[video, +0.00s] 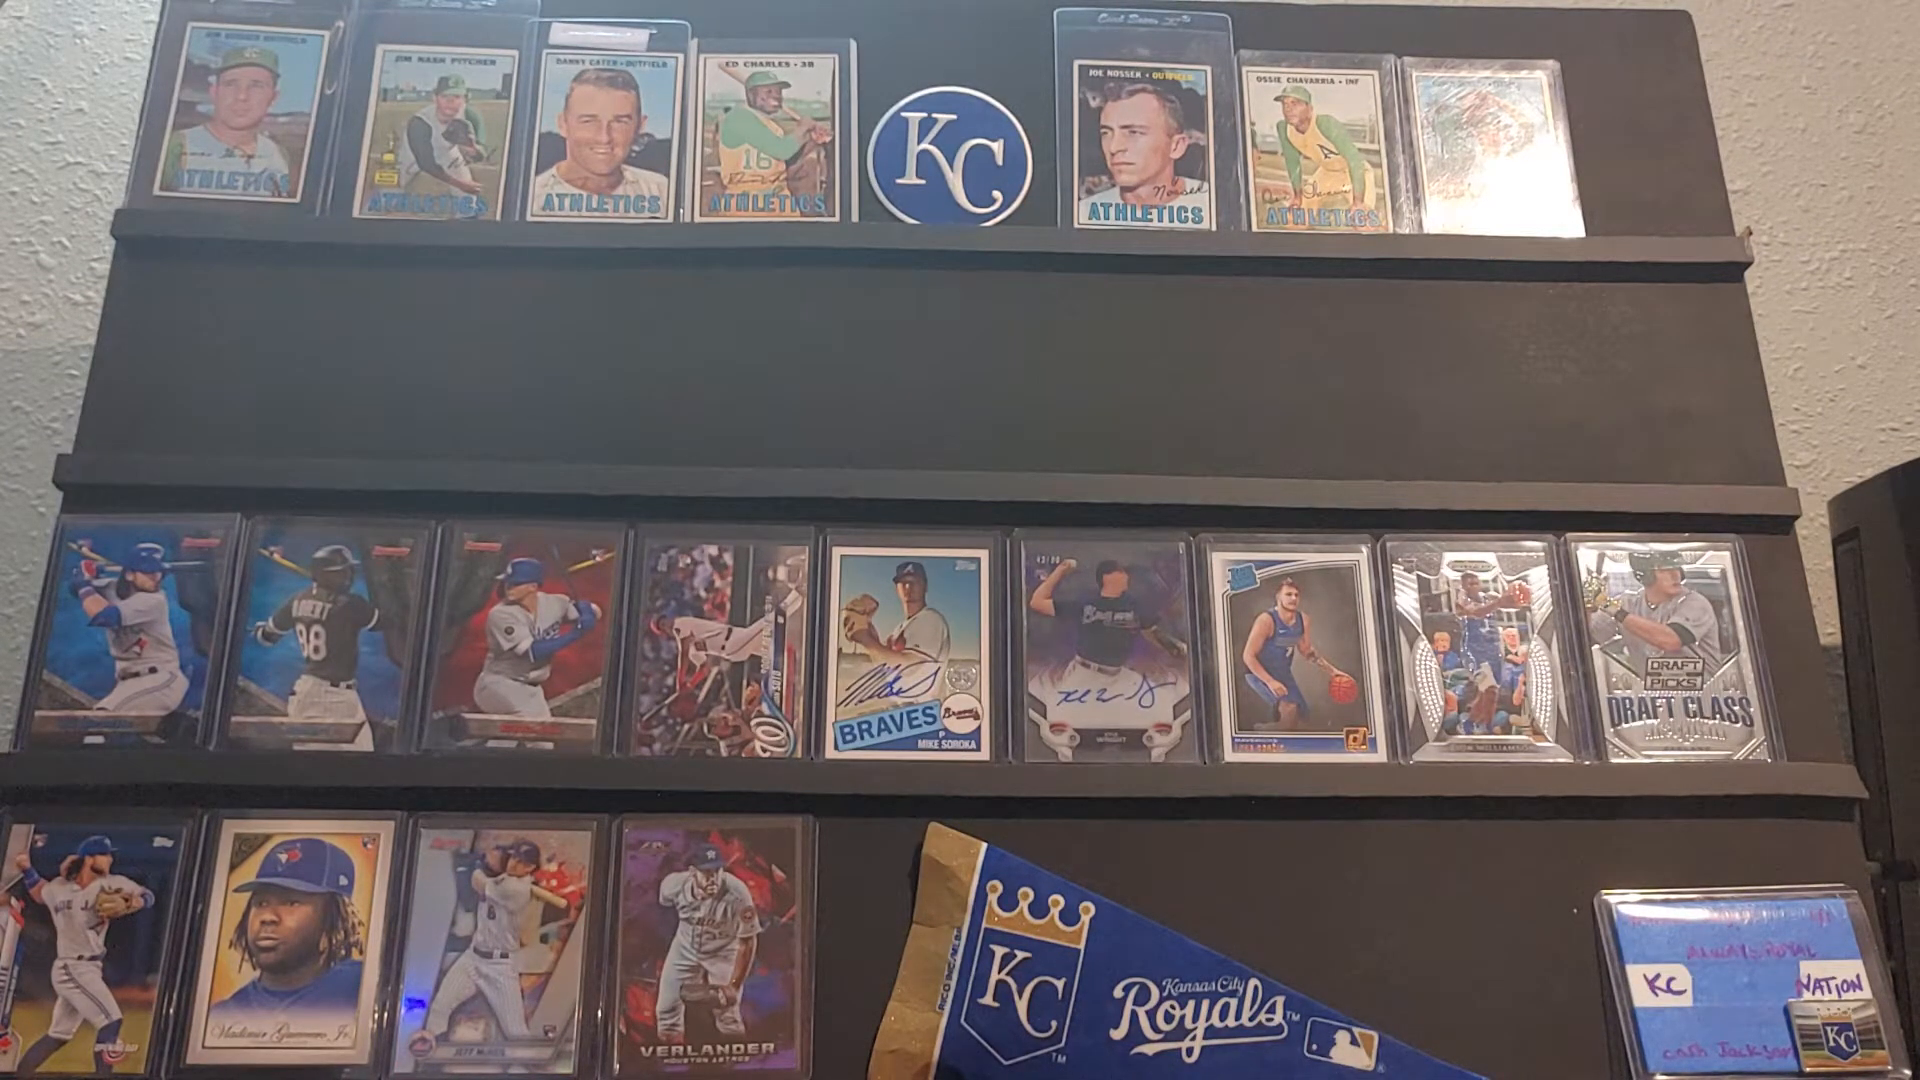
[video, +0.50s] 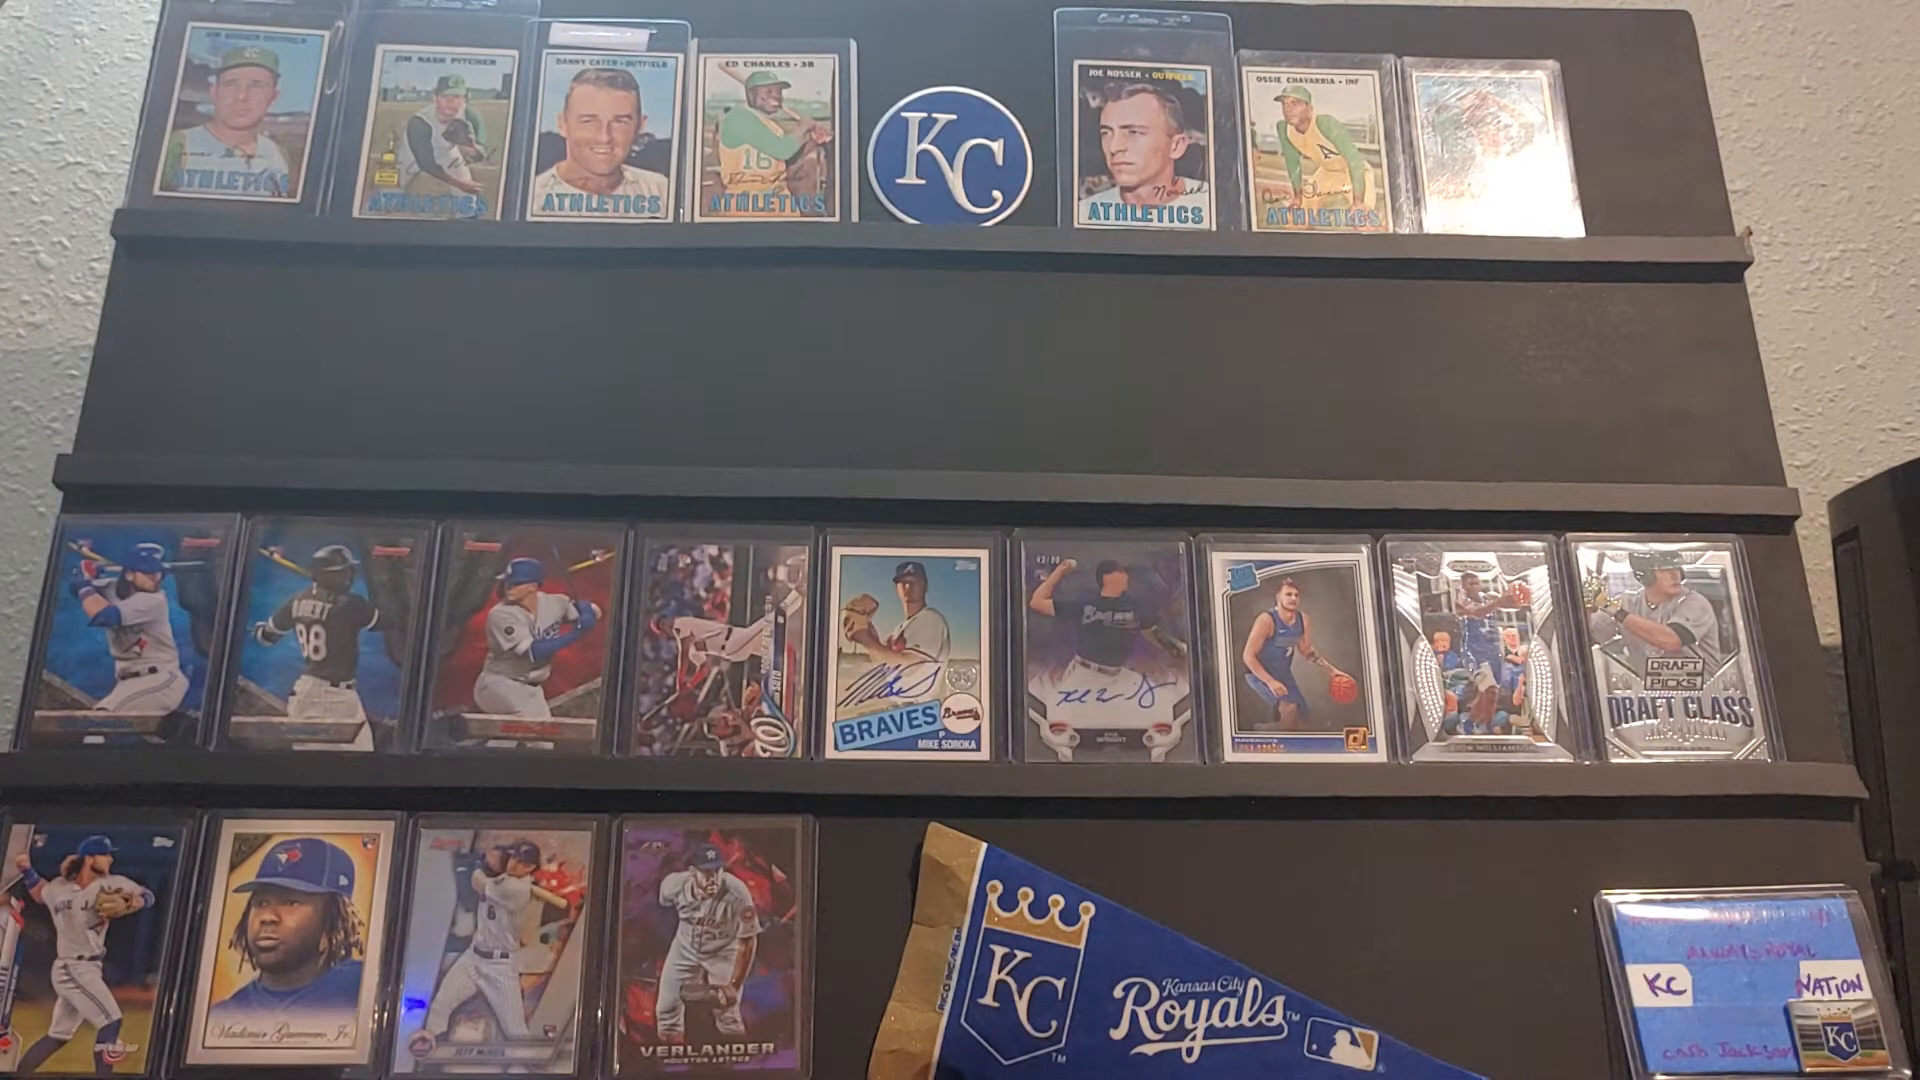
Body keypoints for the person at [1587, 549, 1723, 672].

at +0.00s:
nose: (1677, 575)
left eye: (1677, 568)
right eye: (1666, 569)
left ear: (1682, 570)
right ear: (1644, 574)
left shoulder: (1696, 604)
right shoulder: (1629, 604)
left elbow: (1671, 641)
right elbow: (1587, 639)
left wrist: (1619, 614)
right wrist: (1585, 610)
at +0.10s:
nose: (1677, 575)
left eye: (1678, 568)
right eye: (1667, 569)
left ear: (1682, 570)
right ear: (1644, 574)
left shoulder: (1696, 604)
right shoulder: (1628, 604)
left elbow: (1671, 641)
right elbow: (1586, 638)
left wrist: (1620, 614)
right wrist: (1585, 610)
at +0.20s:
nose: (1677, 575)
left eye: (1678, 568)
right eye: (1667, 569)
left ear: (1682, 570)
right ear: (1644, 574)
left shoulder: (1696, 604)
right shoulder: (1628, 604)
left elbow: (1671, 641)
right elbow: (1586, 638)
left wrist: (1619, 614)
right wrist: (1585, 610)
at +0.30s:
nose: (1677, 575)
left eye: (1678, 568)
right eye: (1667, 569)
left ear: (1682, 570)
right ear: (1644, 574)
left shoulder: (1696, 604)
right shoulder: (1628, 604)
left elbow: (1671, 641)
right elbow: (1586, 638)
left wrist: (1619, 614)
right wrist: (1585, 610)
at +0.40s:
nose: (1677, 575)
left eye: (1677, 568)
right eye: (1667, 569)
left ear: (1682, 570)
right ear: (1644, 574)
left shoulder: (1696, 604)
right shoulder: (1628, 604)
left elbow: (1672, 641)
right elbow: (1586, 638)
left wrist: (1620, 614)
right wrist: (1585, 610)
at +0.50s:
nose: (1677, 575)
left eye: (1677, 568)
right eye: (1667, 569)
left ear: (1682, 570)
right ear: (1644, 574)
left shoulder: (1696, 604)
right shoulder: (1628, 604)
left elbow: (1672, 641)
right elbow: (1587, 639)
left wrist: (1620, 614)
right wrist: (1585, 610)